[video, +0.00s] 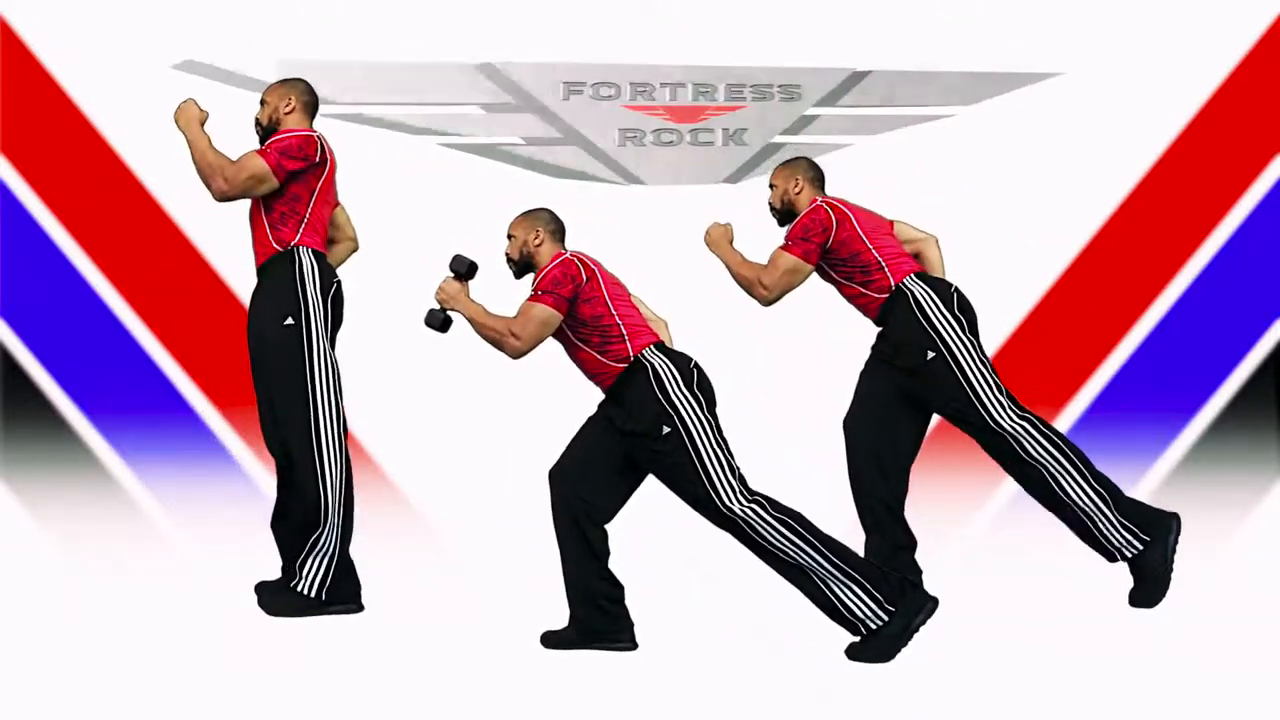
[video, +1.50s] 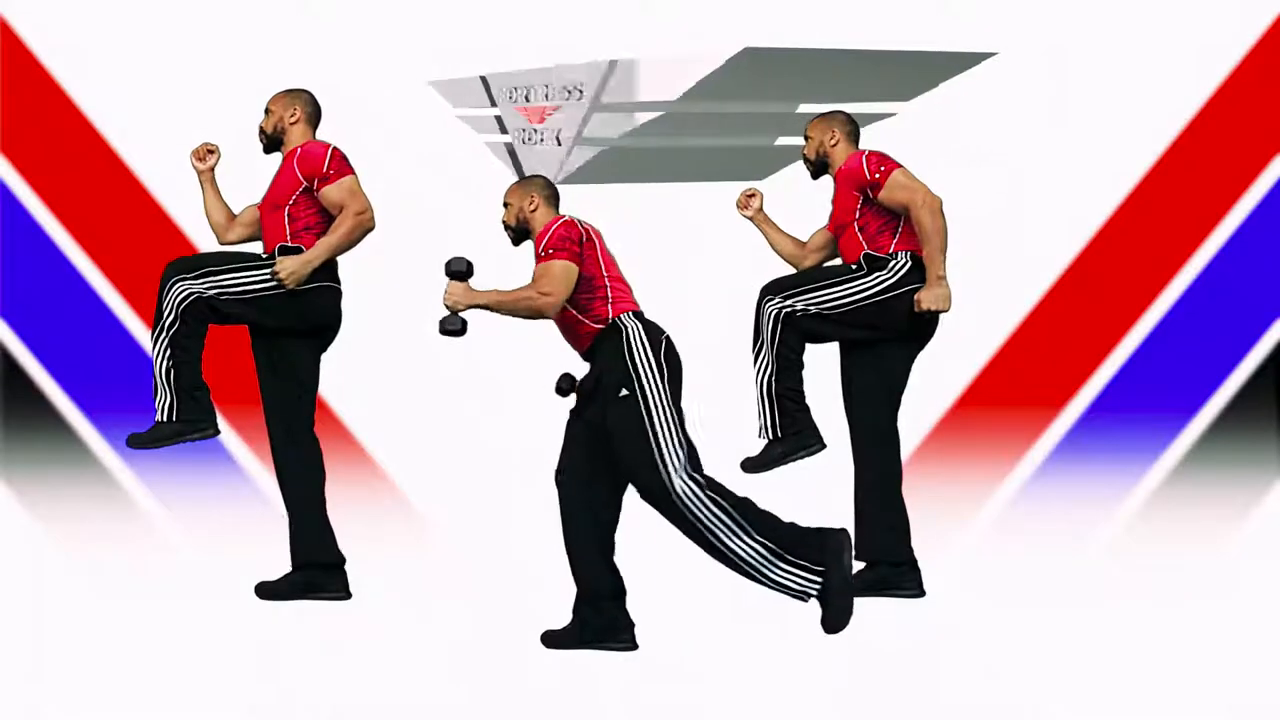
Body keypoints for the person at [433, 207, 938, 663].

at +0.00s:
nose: (506, 250)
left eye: (512, 239)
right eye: (506, 243)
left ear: (541, 236)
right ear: (543, 240)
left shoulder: (563, 267)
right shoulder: (577, 275)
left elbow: (515, 341)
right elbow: (657, 325)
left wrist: (462, 303)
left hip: (657, 385)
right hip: (630, 402)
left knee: (735, 505)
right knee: (572, 488)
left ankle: (886, 609)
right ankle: (601, 622)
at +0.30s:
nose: (517, 209)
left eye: (522, 198)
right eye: (518, 201)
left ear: (546, 195)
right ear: (551, 197)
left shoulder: (579, 224)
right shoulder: (560, 253)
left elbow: (598, 279)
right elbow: (603, 331)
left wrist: (528, 322)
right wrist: (561, 368)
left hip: (631, 349)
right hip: (603, 364)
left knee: (605, 475)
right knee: (578, 485)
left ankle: (733, 563)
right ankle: (600, 620)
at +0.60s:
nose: (537, 184)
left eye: (542, 174)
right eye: (537, 176)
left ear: (567, 171)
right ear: (570, 174)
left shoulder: (595, 202)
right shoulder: (573, 234)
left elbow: (650, 256)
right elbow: (536, 298)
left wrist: (637, 328)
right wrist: (491, 263)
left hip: (602, 318)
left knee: (487, 337)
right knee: (583, 482)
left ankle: (476, 466)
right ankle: (604, 617)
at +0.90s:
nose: (538, 186)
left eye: (543, 177)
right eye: (538, 179)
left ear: (568, 174)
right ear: (569, 177)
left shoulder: (592, 203)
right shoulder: (572, 234)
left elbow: (644, 257)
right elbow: (539, 299)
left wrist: (639, 330)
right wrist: (494, 261)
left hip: (600, 323)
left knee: (482, 350)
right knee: (581, 485)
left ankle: (490, 479)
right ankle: (602, 619)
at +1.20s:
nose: (533, 190)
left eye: (538, 180)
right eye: (533, 183)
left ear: (563, 177)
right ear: (567, 178)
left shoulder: (591, 207)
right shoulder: (570, 234)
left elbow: (627, 263)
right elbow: (570, 319)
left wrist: (586, 327)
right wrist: (507, 308)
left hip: (606, 339)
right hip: (610, 352)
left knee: (506, 401)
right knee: (584, 485)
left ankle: (558, 528)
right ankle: (601, 620)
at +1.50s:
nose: (503, 215)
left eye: (507, 205)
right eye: (503, 207)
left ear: (532, 202)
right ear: (536, 204)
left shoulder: (559, 229)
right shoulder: (562, 245)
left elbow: (547, 297)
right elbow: (602, 318)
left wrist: (475, 298)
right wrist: (591, 376)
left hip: (630, 349)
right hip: (606, 366)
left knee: (673, 484)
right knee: (580, 489)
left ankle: (819, 561)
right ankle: (602, 622)